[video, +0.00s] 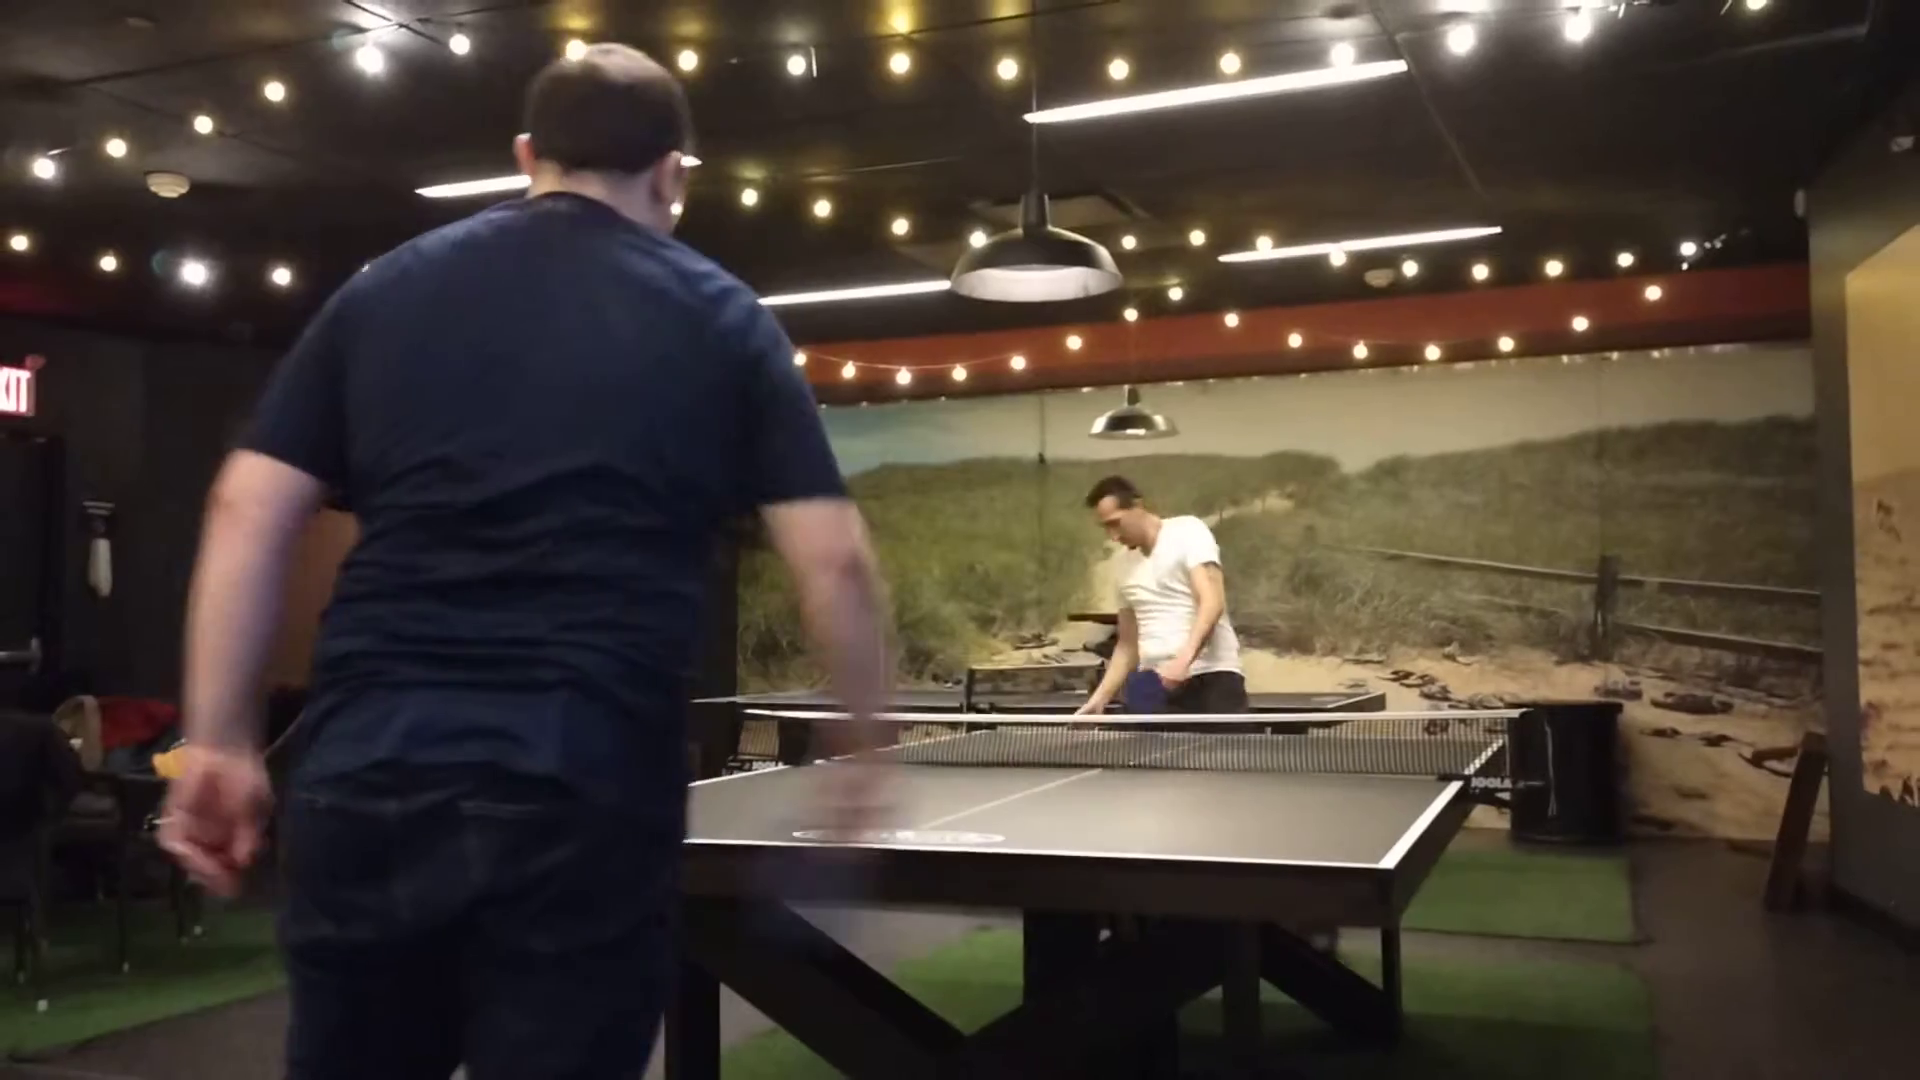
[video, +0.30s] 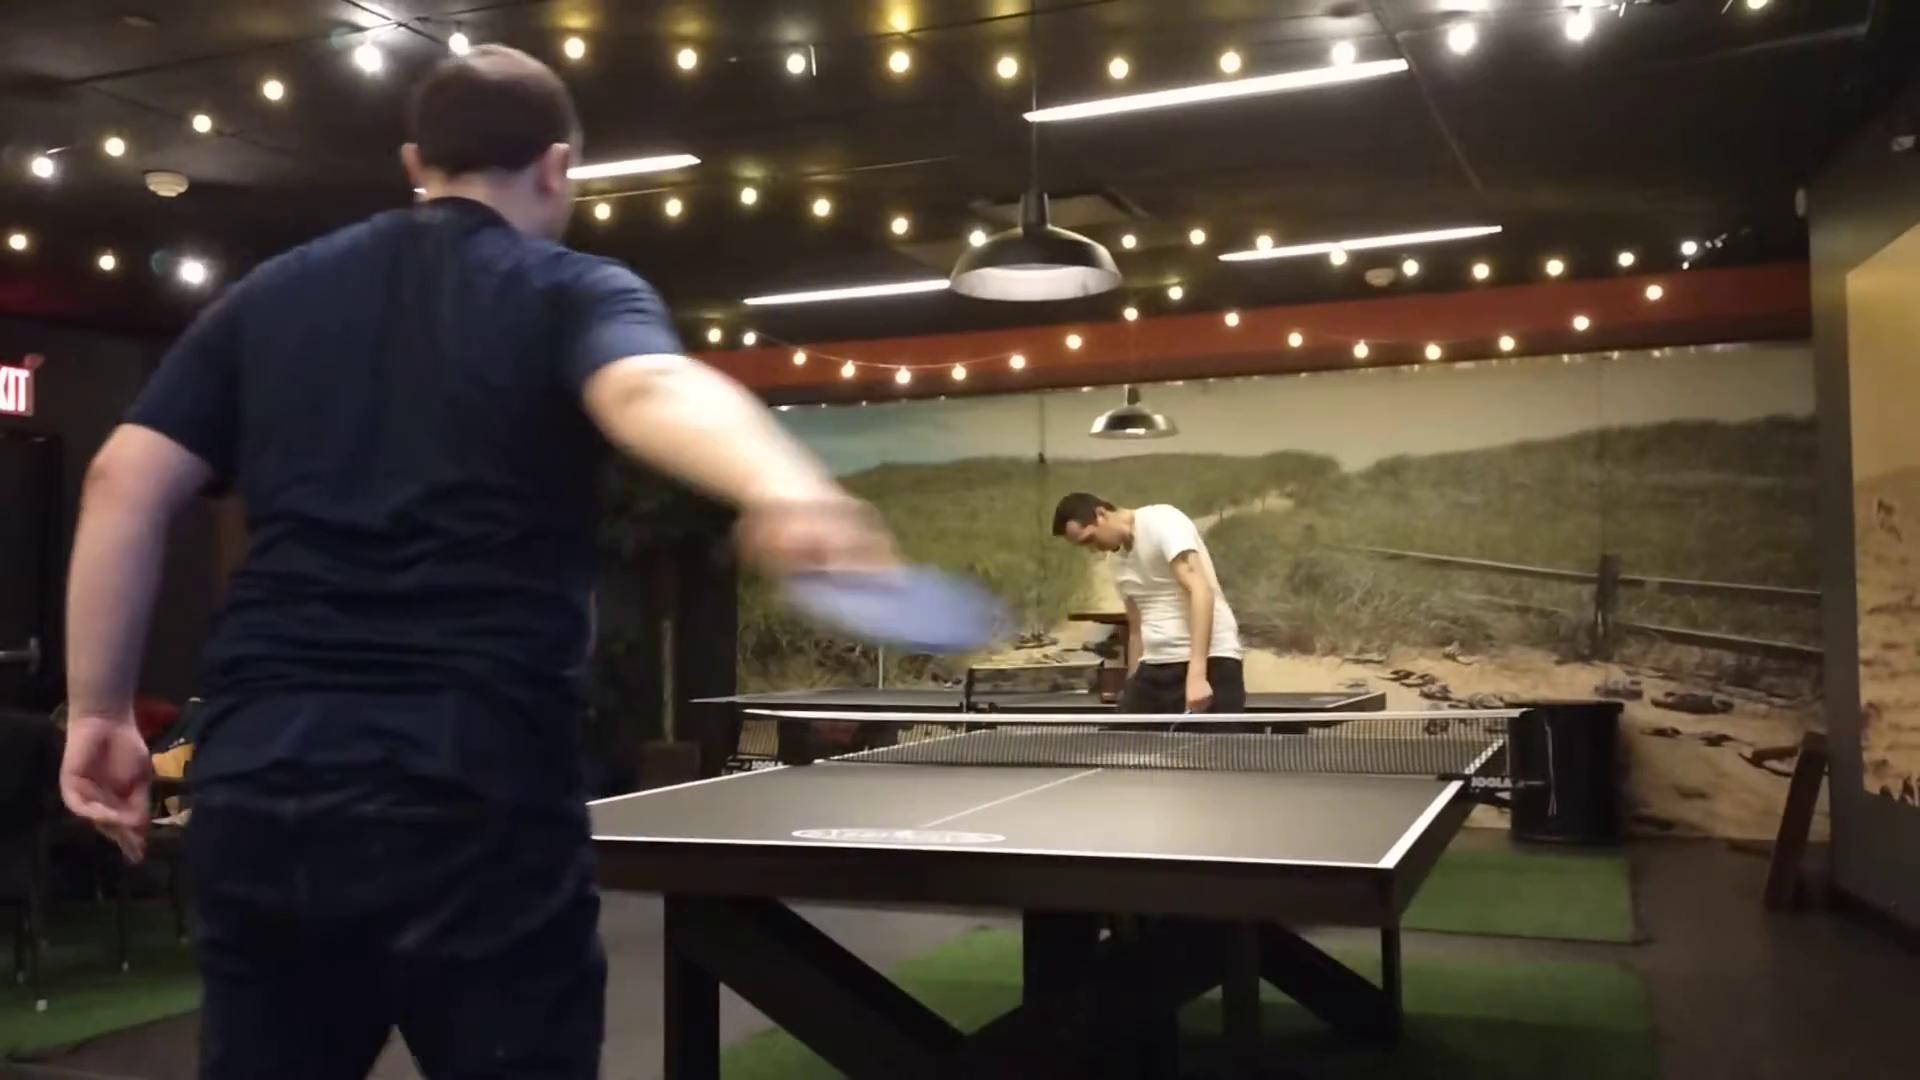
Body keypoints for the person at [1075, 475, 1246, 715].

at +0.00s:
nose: (1113, 536)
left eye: (1114, 523)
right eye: (1107, 528)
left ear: (1137, 506)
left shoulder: (1188, 531)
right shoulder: (1127, 567)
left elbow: (1212, 603)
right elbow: (1127, 645)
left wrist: (1181, 662)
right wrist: (1098, 701)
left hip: (1211, 679)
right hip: (1156, 686)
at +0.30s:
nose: (1094, 550)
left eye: (1090, 540)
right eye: (1085, 545)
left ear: (1102, 515)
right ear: (1102, 516)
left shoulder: (1164, 522)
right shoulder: (1120, 559)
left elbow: (1202, 592)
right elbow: (1136, 630)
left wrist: (1197, 675)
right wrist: (1134, 684)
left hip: (1211, 666)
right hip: (1155, 669)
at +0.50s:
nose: (1103, 568)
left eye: (1097, 559)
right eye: (1095, 566)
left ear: (1104, 534)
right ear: (1105, 534)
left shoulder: (1168, 527)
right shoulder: (1124, 567)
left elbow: (1208, 602)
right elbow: (1154, 619)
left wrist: (1192, 685)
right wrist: (1160, 660)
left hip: (1227, 660)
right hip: (1174, 664)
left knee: (1230, 760)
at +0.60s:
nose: (1111, 571)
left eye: (1104, 563)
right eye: (1102, 569)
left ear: (1110, 538)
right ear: (1111, 537)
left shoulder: (1174, 531)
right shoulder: (1138, 565)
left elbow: (1215, 606)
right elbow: (1173, 614)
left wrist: (1196, 687)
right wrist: (1175, 668)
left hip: (1239, 662)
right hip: (1188, 664)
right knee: (1146, 747)